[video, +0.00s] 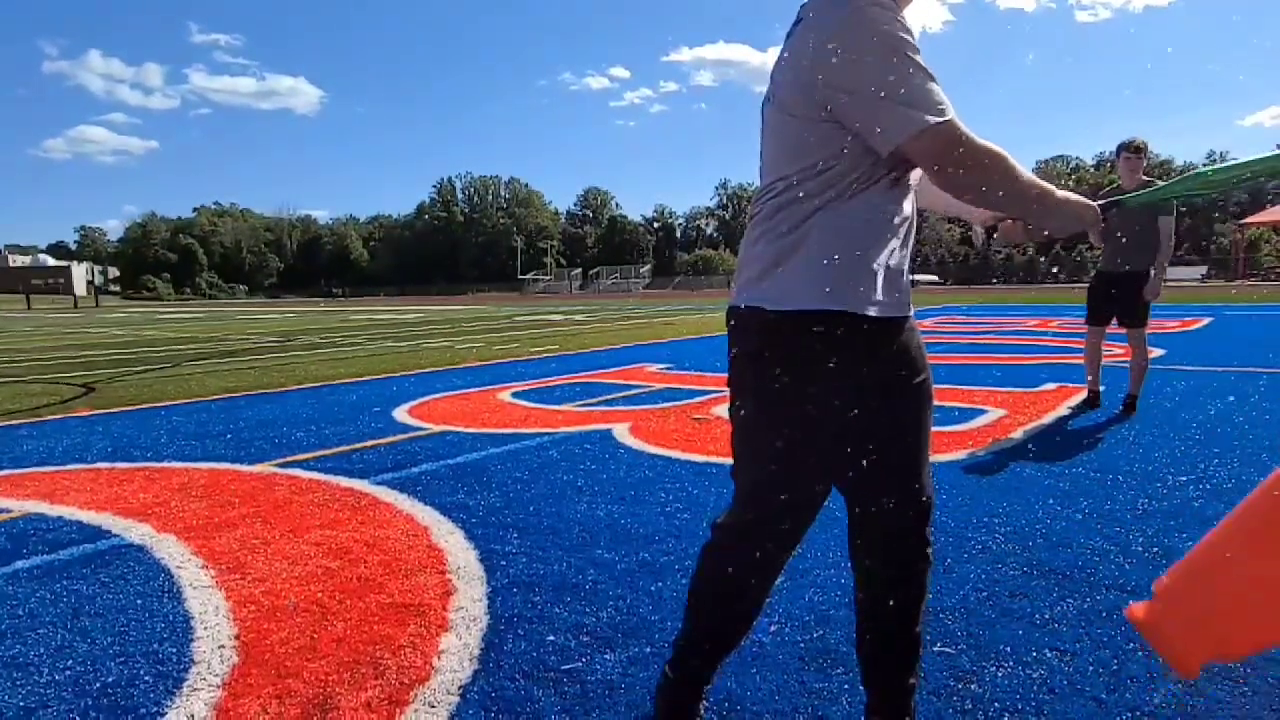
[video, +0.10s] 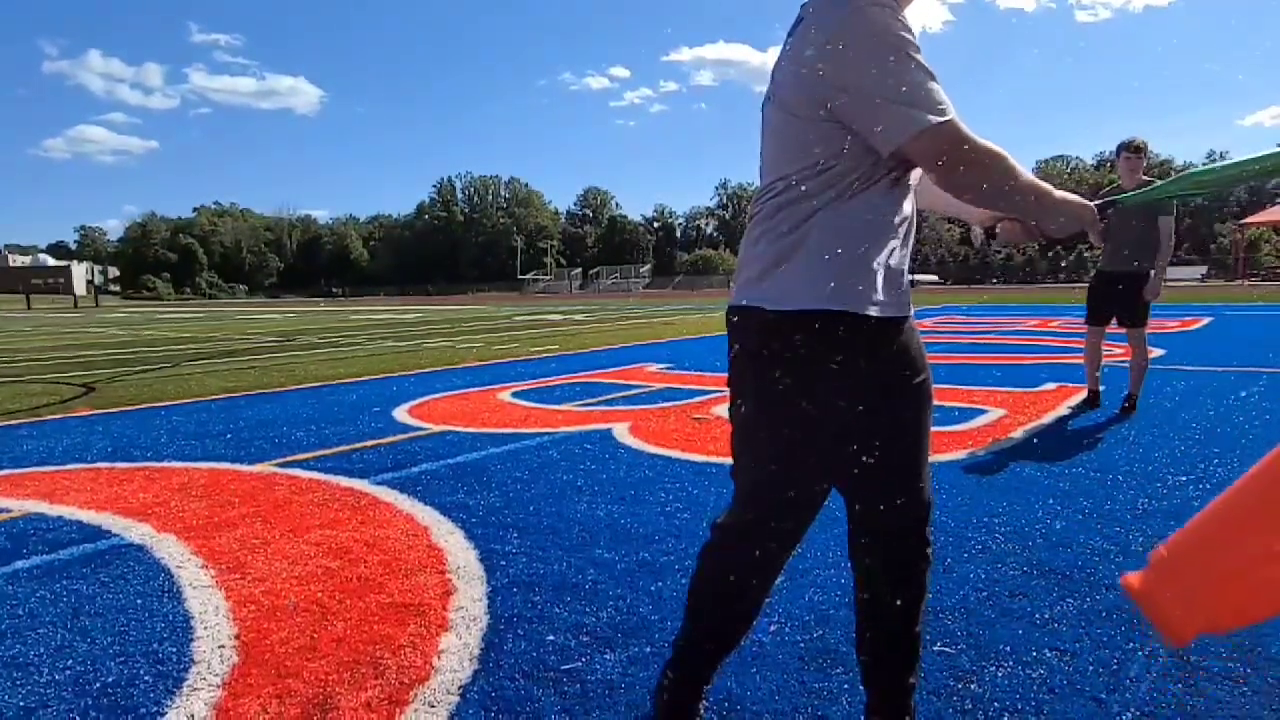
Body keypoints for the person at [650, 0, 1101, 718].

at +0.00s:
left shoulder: (822, 33)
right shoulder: (866, 26)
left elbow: (901, 174)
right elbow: (947, 152)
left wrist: (986, 213)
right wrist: (1060, 201)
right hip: (840, 330)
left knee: (762, 522)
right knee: (895, 532)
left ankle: (679, 694)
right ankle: (891, 702)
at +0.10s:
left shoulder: (817, 35)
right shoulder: (866, 26)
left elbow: (900, 176)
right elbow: (949, 154)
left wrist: (990, 215)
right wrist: (1056, 200)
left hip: (777, 323)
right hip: (852, 327)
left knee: (764, 517)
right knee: (894, 530)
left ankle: (678, 697)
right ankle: (890, 707)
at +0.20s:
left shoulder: (818, 35)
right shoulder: (866, 25)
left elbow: (901, 176)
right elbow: (950, 153)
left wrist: (990, 216)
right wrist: (1049, 198)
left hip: (777, 320)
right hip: (850, 324)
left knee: (764, 517)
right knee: (893, 528)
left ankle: (677, 696)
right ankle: (890, 706)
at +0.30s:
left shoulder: (817, 36)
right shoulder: (867, 25)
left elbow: (894, 177)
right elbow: (952, 154)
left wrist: (983, 215)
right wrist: (1051, 199)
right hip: (844, 324)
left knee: (760, 523)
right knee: (892, 535)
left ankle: (677, 694)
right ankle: (889, 703)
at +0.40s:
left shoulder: (819, 34)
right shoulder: (869, 25)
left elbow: (899, 179)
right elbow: (956, 156)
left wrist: (987, 216)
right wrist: (1047, 201)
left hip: (777, 319)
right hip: (848, 323)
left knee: (762, 519)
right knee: (893, 535)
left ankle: (677, 694)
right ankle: (889, 704)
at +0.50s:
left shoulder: (818, 35)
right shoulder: (870, 25)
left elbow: (896, 180)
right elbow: (956, 157)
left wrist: (987, 216)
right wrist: (1050, 204)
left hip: (777, 319)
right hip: (850, 323)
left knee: (763, 518)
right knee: (893, 534)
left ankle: (676, 694)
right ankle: (889, 704)